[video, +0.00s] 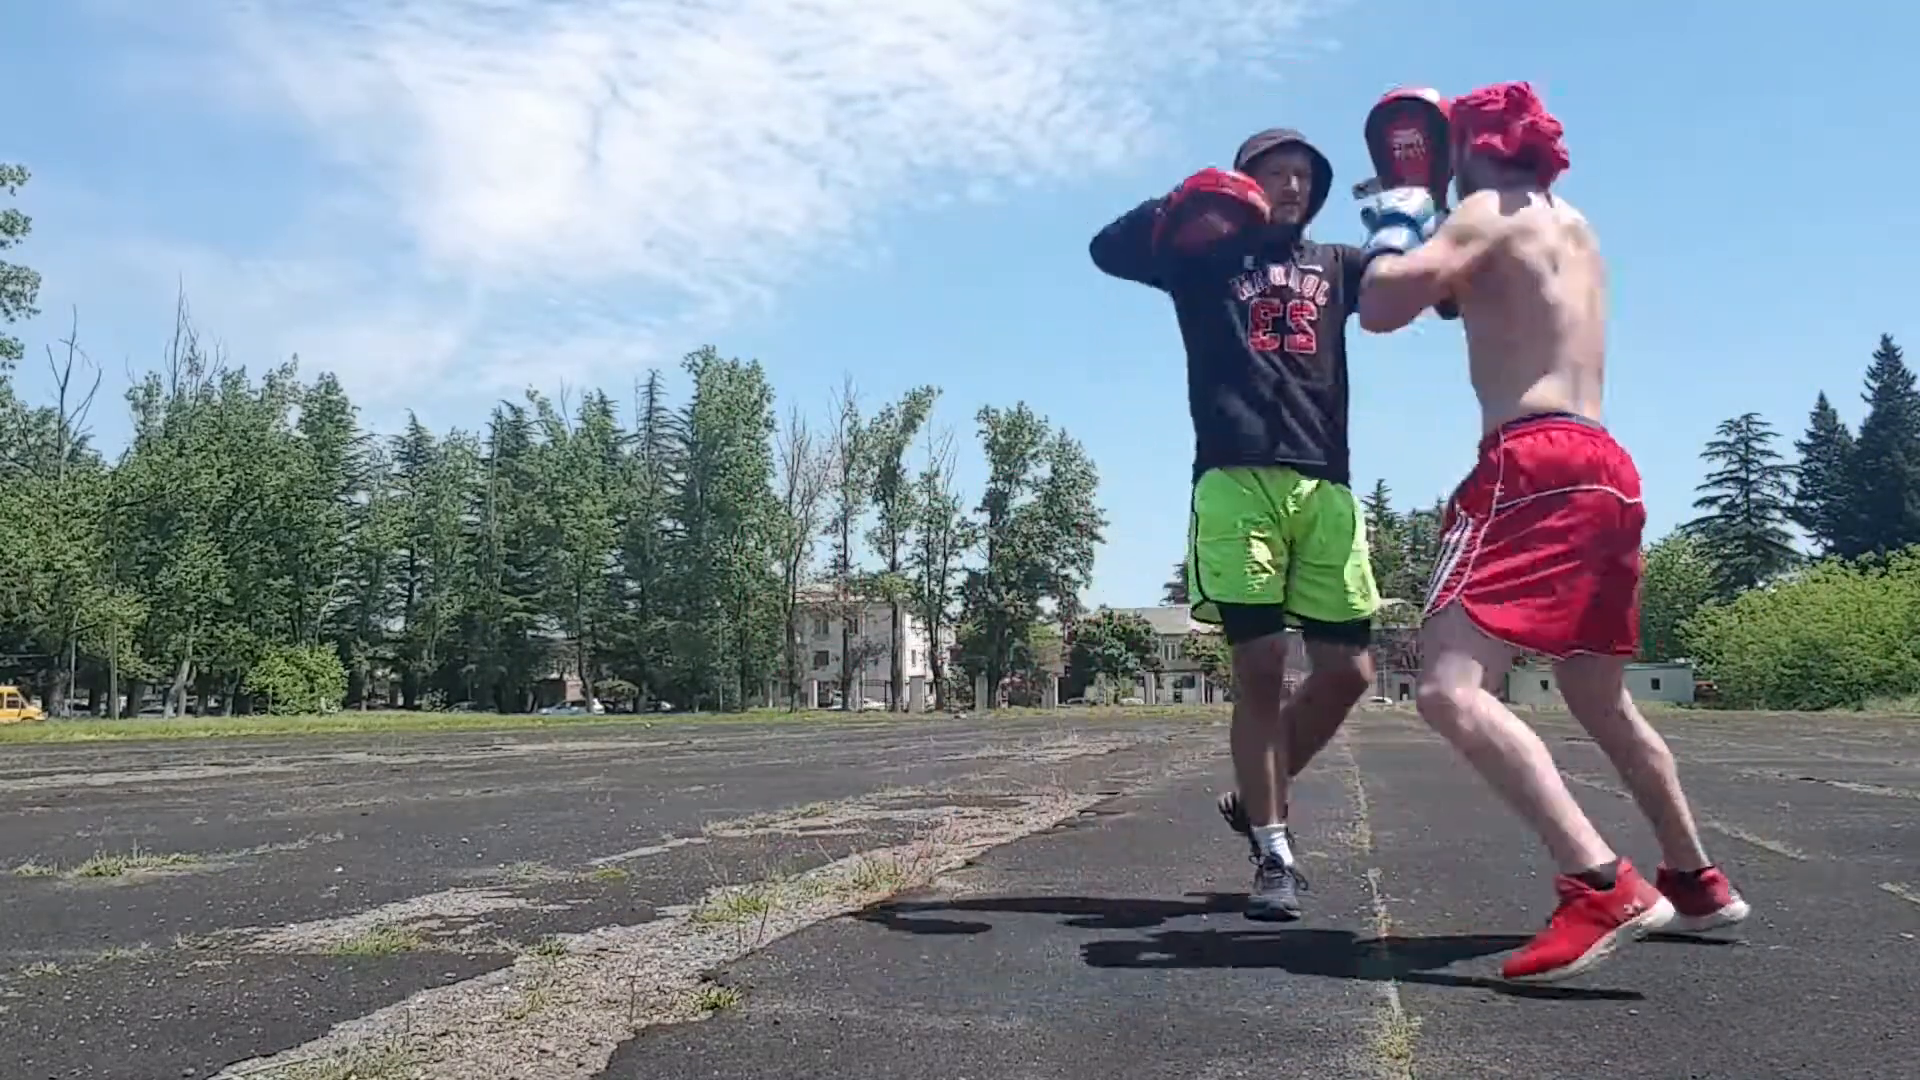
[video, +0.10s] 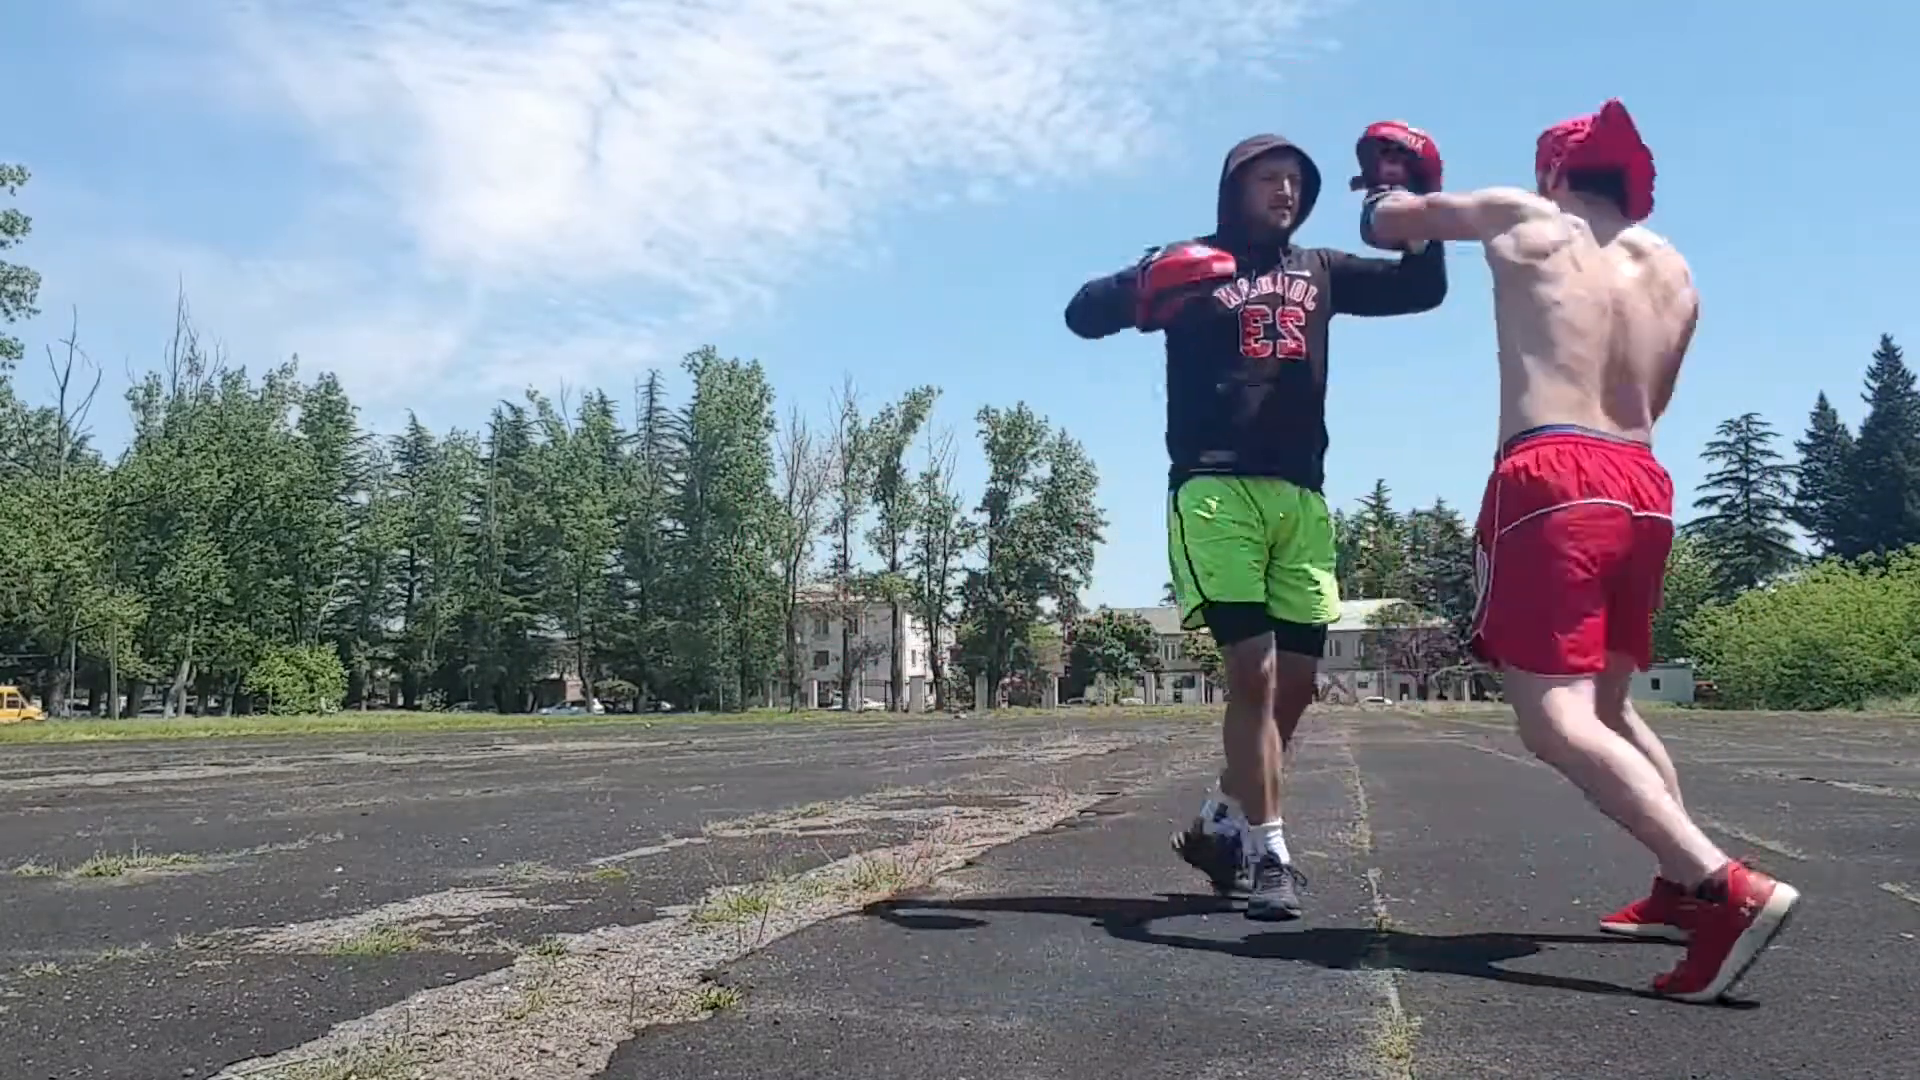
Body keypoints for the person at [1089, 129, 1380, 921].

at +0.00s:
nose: (1291, 183)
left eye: (1304, 175)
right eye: (1275, 170)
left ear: (1315, 193)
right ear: (1241, 183)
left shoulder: (1336, 260)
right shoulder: (1201, 254)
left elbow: (1432, 277)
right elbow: (1107, 250)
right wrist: (1181, 203)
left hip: (1324, 482)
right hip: (1237, 477)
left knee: (1345, 672)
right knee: (1261, 669)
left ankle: (1256, 794)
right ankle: (1274, 854)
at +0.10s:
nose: (1282, 190)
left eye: (1293, 182)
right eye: (1266, 178)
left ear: (1303, 201)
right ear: (1231, 192)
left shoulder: (1321, 268)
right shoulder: (1189, 263)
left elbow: (1423, 285)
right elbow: (1082, 314)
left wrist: (1408, 194)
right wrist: (1148, 288)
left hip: (1300, 493)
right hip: (1216, 486)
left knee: (1297, 680)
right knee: (1250, 664)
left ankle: (1222, 827)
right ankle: (1269, 852)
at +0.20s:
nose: (1283, 214)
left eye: (1291, 206)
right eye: (1267, 200)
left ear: (1295, 221)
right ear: (1226, 206)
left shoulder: (1304, 296)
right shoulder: (1177, 281)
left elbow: (1395, 337)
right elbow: (1086, 362)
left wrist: (1427, 249)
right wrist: (1123, 370)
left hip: (1274, 513)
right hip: (1196, 504)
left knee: (1261, 695)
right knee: (1245, 654)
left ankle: (1191, 853)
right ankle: (1246, 847)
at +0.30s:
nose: (1275, 231)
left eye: (1283, 222)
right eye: (1260, 216)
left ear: (1285, 235)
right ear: (1220, 219)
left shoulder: (1271, 318)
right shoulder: (1162, 296)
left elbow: (1315, 405)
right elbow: (1090, 385)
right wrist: (1127, 432)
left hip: (1258, 513)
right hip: (1185, 504)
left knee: (1261, 692)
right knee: (1237, 647)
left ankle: (1198, 841)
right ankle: (1192, 838)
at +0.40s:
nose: (1259, 232)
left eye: (1267, 221)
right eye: (1245, 217)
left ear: (1269, 234)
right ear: (1206, 219)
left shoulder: (1254, 321)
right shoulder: (1151, 290)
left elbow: (1278, 420)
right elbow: (1083, 375)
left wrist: (1346, 410)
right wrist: (1172, 413)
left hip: (1238, 508)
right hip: (1168, 500)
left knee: (1249, 681)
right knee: (1228, 653)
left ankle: (1187, 850)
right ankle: (1145, 841)